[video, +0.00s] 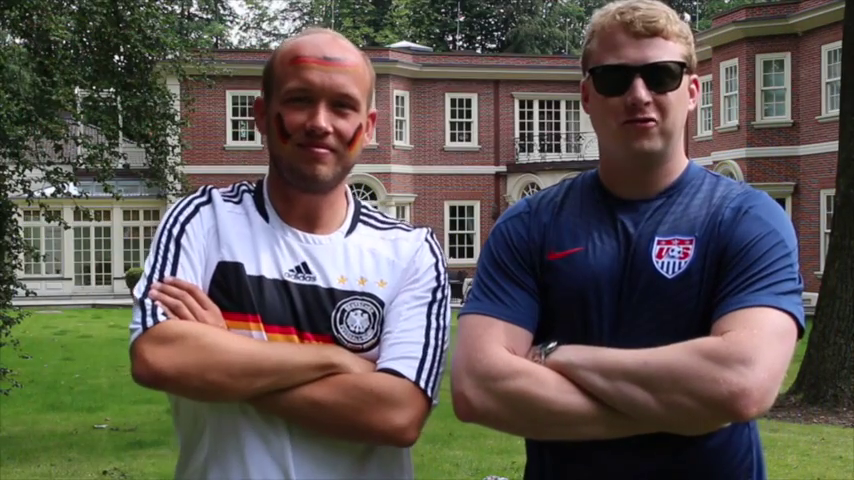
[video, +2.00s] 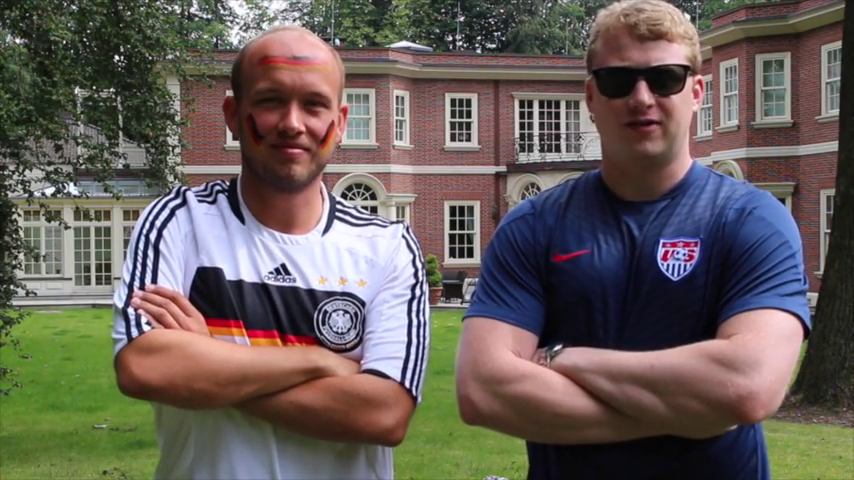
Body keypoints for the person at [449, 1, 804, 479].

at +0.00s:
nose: (638, 95)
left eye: (660, 76)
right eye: (614, 78)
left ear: (692, 92)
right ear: (587, 97)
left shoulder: (748, 219)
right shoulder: (526, 226)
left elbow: (743, 385)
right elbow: (477, 389)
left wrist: (556, 358)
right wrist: (666, 408)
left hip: (710, 473)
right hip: (563, 473)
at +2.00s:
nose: (641, 98)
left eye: (663, 79)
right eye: (617, 81)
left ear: (696, 92)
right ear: (590, 96)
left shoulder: (752, 220)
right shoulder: (531, 227)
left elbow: (748, 388)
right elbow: (483, 391)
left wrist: (560, 361)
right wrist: (676, 411)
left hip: (716, 473)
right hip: (567, 473)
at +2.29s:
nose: (646, 98)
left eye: (668, 78)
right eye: (622, 80)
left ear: (701, 92)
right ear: (594, 96)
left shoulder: (756, 221)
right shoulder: (534, 227)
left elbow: (753, 388)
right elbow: (486, 391)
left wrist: (564, 361)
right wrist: (679, 412)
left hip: (718, 473)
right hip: (570, 473)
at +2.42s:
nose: (647, 97)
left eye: (669, 78)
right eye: (624, 80)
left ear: (702, 91)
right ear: (595, 96)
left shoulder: (757, 221)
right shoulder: (536, 227)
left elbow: (755, 389)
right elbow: (487, 391)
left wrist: (566, 361)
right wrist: (681, 412)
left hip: (719, 473)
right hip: (570, 473)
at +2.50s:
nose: (648, 97)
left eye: (670, 78)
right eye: (624, 80)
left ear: (703, 91)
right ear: (596, 95)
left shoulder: (758, 221)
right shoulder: (536, 227)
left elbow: (756, 389)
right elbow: (488, 391)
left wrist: (566, 361)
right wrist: (682, 413)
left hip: (719, 473)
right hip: (571, 473)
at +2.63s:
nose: (648, 97)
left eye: (670, 78)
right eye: (625, 80)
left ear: (703, 91)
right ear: (596, 96)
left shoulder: (758, 221)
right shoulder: (536, 227)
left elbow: (756, 389)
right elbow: (488, 391)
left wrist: (567, 361)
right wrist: (682, 413)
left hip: (720, 472)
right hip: (571, 472)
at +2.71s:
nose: (649, 97)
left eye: (671, 78)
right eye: (625, 80)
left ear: (703, 92)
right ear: (597, 96)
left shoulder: (759, 221)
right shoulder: (537, 227)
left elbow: (756, 390)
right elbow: (488, 391)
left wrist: (567, 360)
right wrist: (682, 412)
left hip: (720, 472)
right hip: (571, 473)